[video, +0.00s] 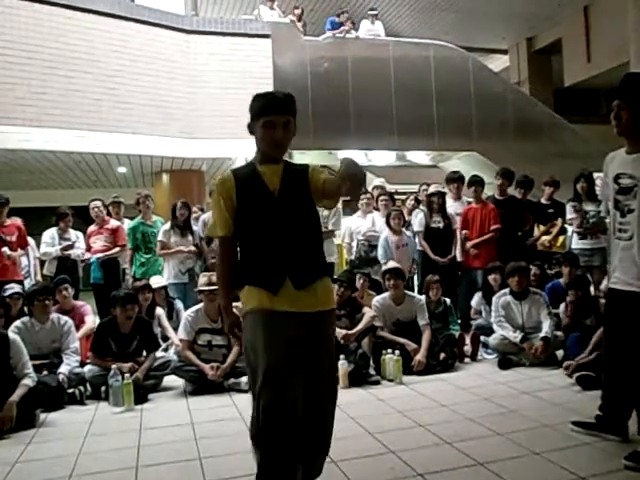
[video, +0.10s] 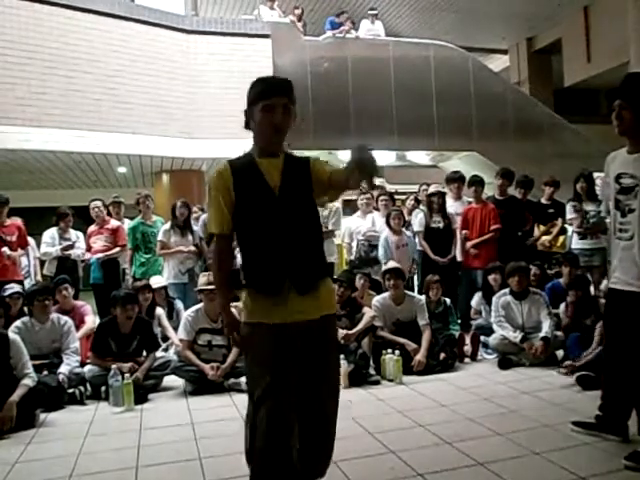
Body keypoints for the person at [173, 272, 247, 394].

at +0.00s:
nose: (211, 296)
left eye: (214, 292)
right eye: (206, 293)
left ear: (220, 293)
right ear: (200, 295)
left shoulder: (230, 314)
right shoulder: (191, 316)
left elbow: (237, 344)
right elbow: (184, 349)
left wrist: (225, 367)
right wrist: (204, 367)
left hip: (225, 361)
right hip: (200, 362)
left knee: (248, 368)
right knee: (177, 367)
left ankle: (202, 386)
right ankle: (225, 384)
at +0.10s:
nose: (210, 296)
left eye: (213, 291)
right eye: (206, 293)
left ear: (220, 293)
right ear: (200, 296)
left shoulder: (231, 314)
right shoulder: (191, 315)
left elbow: (237, 344)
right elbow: (183, 349)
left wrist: (225, 367)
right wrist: (204, 367)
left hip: (225, 360)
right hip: (200, 361)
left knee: (248, 367)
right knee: (177, 367)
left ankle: (202, 386)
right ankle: (225, 384)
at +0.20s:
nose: (208, 296)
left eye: (211, 292)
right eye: (204, 293)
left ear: (219, 293)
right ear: (200, 296)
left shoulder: (231, 315)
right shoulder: (191, 315)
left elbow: (237, 345)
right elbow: (183, 349)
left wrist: (225, 367)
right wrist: (204, 367)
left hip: (225, 360)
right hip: (200, 361)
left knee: (245, 367)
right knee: (178, 367)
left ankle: (200, 386)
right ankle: (225, 384)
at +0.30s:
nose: (210, 296)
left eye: (213, 292)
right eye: (205, 293)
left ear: (220, 293)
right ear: (200, 295)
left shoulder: (233, 313)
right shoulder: (191, 315)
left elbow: (237, 343)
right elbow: (183, 349)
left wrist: (226, 367)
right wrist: (204, 367)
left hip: (226, 360)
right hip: (200, 360)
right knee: (177, 367)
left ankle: (201, 386)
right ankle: (224, 384)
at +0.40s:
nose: (210, 296)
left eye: (213, 292)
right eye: (206, 293)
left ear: (220, 293)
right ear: (200, 295)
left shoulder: (229, 314)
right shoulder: (191, 315)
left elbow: (237, 344)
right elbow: (183, 349)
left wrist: (225, 367)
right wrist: (204, 367)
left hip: (225, 360)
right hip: (200, 361)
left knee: (247, 367)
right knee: (177, 367)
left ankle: (200, 386)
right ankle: (225, 384)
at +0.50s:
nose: (210, 296)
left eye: (213, 292)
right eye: (206, 293)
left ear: (220, 294)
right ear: (200, 296)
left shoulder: (229, 314)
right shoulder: (191, 315)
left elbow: (236, 346)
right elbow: (183, 349)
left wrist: (225, 367)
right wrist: (204, 367)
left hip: (225, 360)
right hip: (200, 360)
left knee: (244, 370)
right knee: (177, 367)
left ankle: (200, 386)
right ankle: (224, 384)